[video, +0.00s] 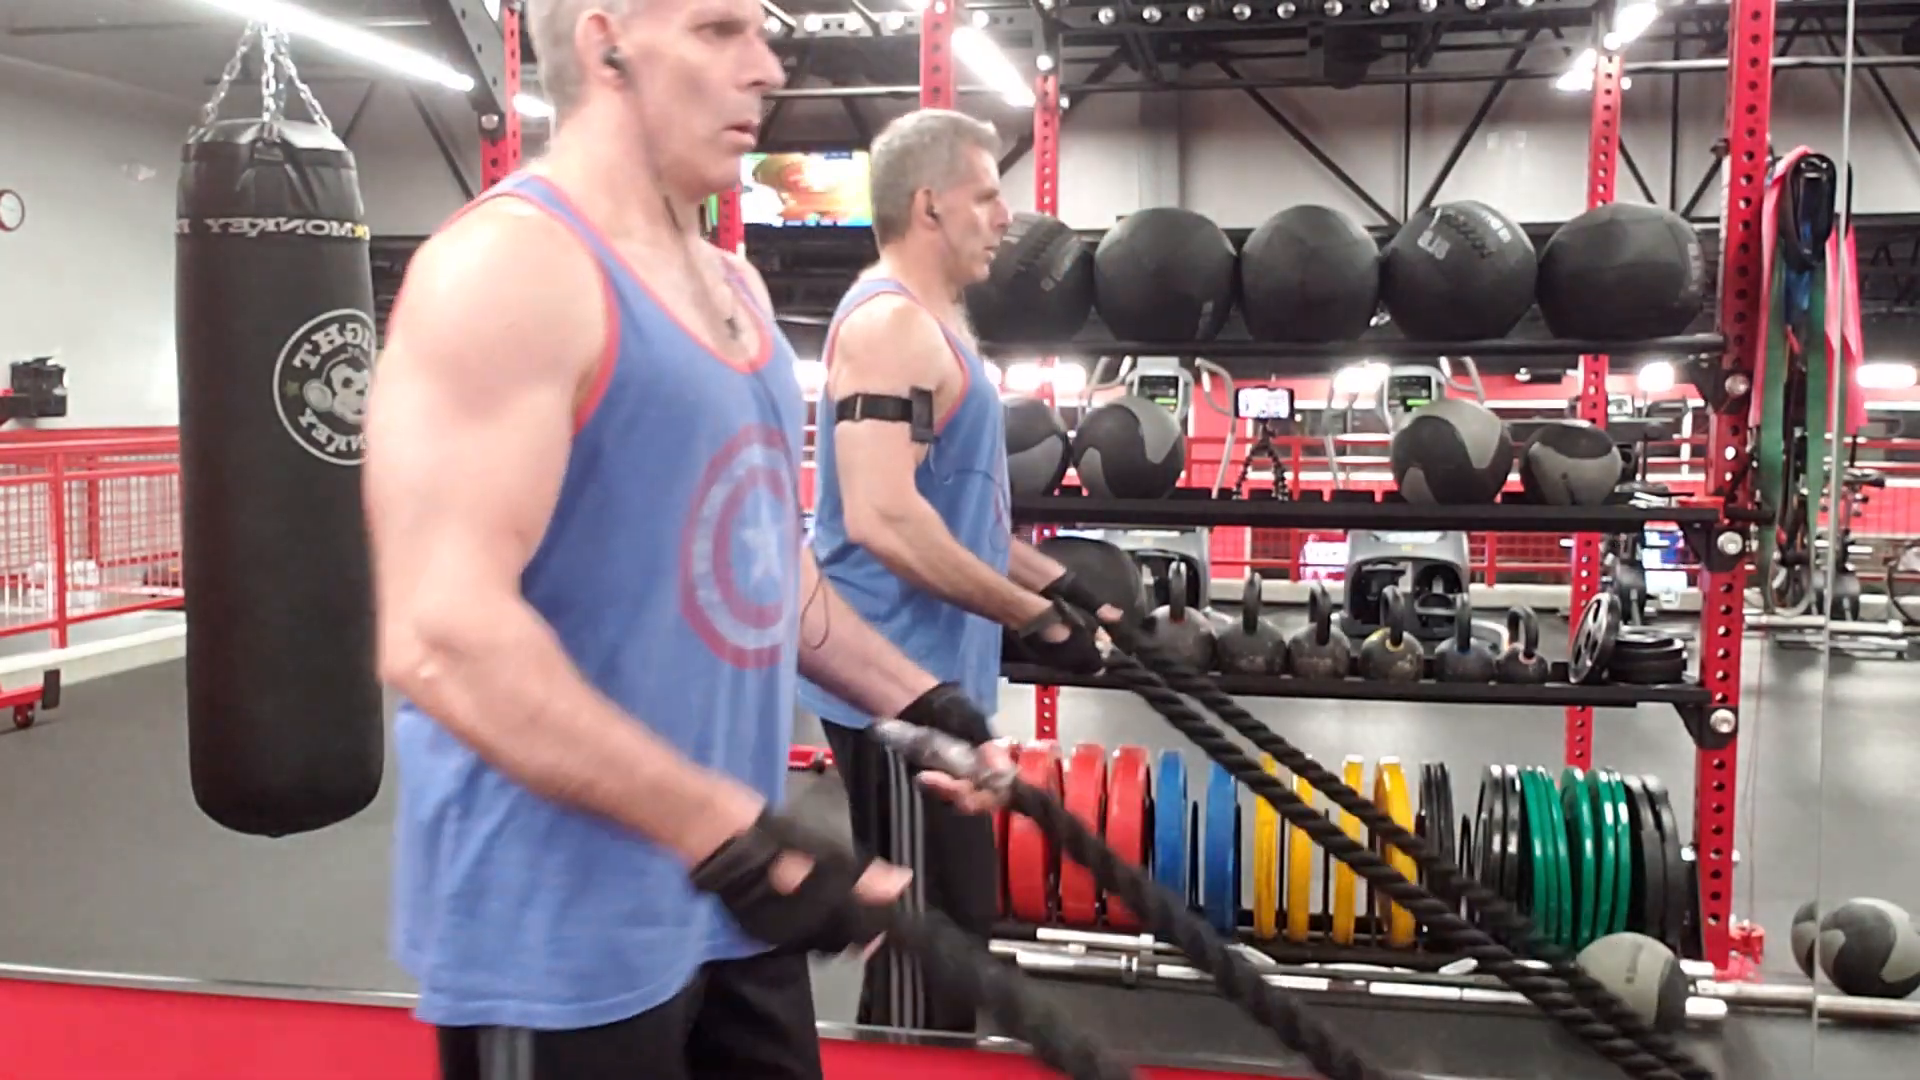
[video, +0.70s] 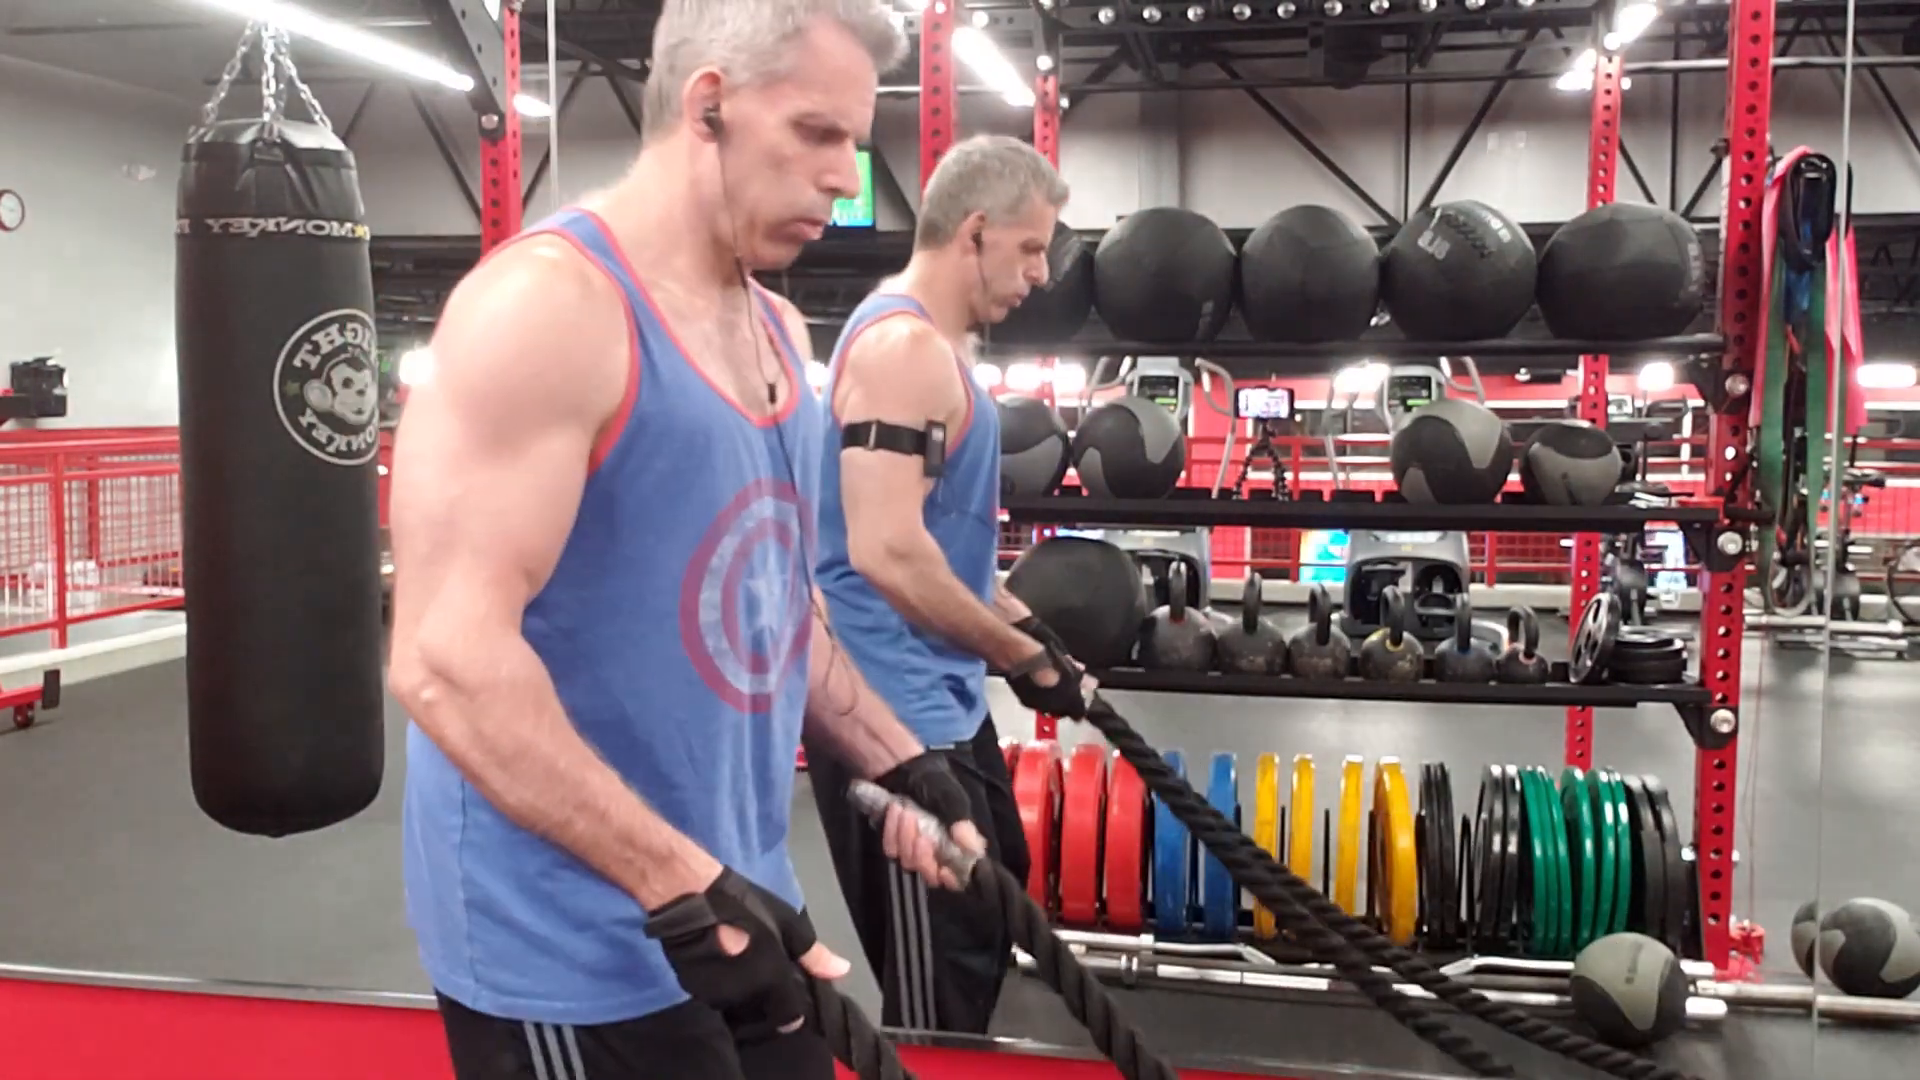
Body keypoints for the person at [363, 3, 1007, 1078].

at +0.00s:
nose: (769, 71)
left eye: (766, 38)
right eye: (723, 29)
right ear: (606, 40)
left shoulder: (734, 283)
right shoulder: (505, 266)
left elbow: (766, 567)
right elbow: (441, 633)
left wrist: (923, 706)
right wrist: (739, 841)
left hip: (736, 915)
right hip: (564, 951)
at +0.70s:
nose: (844, 181)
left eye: (852, 145)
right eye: (817, 134)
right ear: (706, 104)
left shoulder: (778, 328)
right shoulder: (539, 304)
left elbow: (775, 601)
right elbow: (447, 656)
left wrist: (902, 772)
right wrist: (685, 887)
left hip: (748, 925)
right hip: (574, 967)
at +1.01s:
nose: (875, 160)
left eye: (877, 124)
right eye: (843, 116)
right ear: (728, 108)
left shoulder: (797, 341)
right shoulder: (560, 310)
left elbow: (784, 603)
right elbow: (451, 657)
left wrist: (909, 790)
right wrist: (679, 893)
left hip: (743, 924)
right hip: (560, 960)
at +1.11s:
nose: (871, 154)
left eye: (871, 119)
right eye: (839, 112)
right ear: (721, 108)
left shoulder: (791, 346)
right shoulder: (553, 319)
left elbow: (774, 612)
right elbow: (449, 675)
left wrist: (900, 797)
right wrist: (687, 918)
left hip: (738, 923)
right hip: (549, 969)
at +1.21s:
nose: (863, 147)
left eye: (860, 111)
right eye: (826, 105)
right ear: (708, 106)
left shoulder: (778, 342)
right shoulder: (545, 323)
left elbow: (765, 615)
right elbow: (445, 687)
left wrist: (886, 799)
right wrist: (694, 932)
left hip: (737, 924)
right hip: (542, 982)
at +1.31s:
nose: (855, 143)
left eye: (851, 107)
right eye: (817, 102)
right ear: (698, 105)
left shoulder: (769, 339)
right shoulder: (541, 327)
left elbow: (752, 620)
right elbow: (442, 698)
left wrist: (886, 799)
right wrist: (701, 941)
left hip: (733, 917)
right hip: (535, 979)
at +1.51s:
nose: (860, 152)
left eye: (855, 115)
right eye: (822, 111)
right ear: (703, 116)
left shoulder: (781, 348)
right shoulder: (550, 345)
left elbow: (763, 621)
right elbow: (441, 712)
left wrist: (885, 797)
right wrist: (685, 961)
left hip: (731, 928)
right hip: (536, 995)